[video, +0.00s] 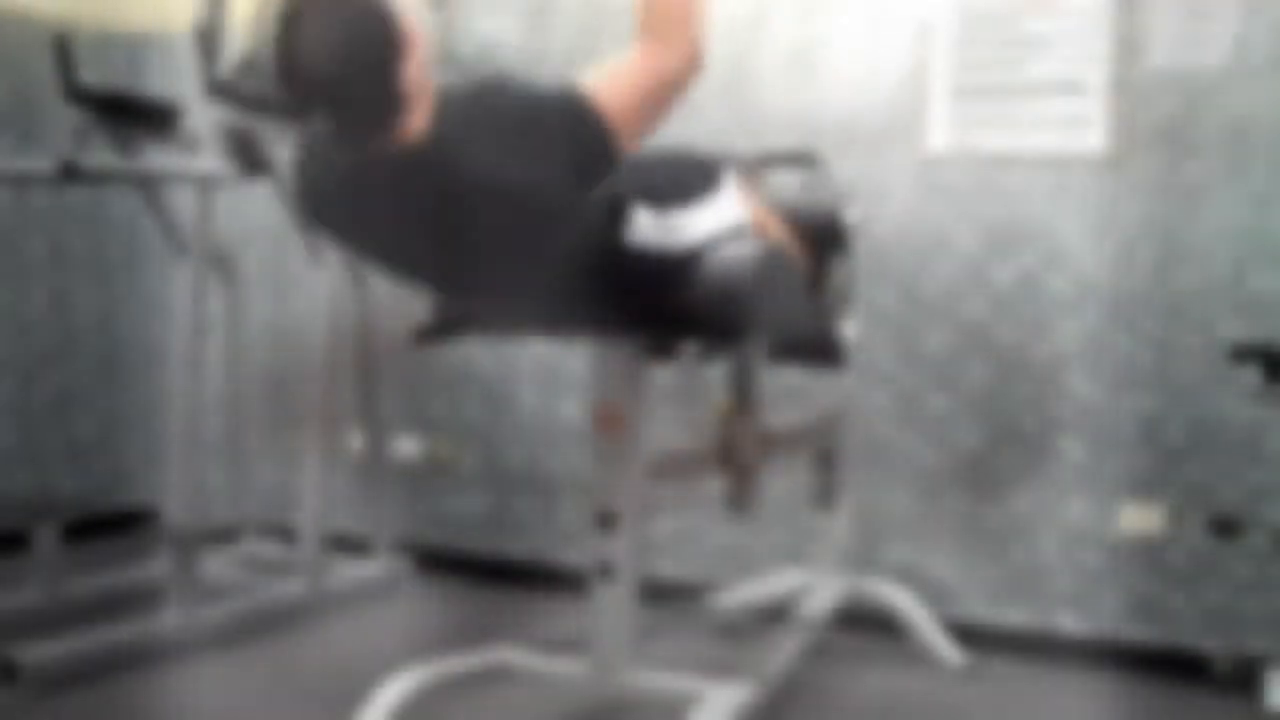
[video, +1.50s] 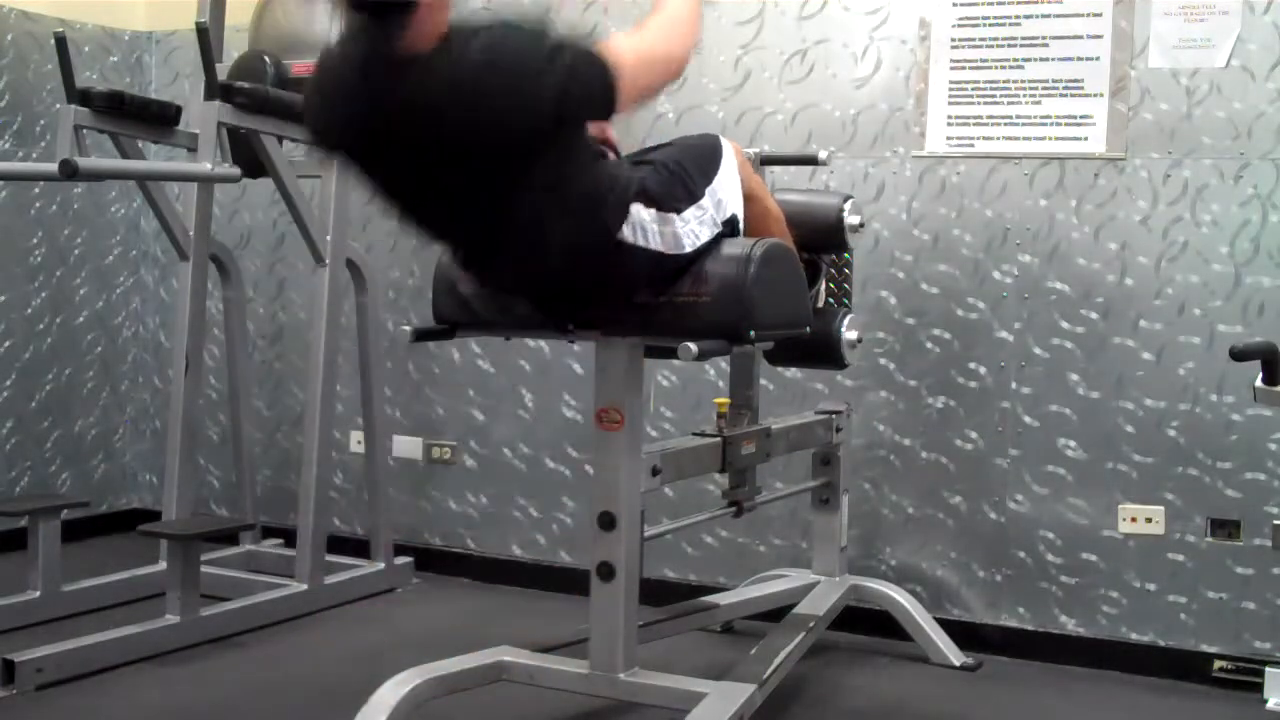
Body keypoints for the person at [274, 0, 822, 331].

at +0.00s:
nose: (418, 31)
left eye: (406, 25)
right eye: (410, 35)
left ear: (323, 103)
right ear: (404, 69)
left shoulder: (325, 185)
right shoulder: (500, 139)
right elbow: (672, 52)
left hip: (516, 304)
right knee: (728, 196)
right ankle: (801, 267)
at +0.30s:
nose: (339, 241)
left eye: (318, 254)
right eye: (336, 268)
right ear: (391, 333)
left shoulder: (365, 281)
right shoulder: (486, 332)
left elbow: (403, 211)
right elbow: (589, 223)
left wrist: (499, 158)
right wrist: (461, 156)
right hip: (631, 232)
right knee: (731, 191)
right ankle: (800, 280)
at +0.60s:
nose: (353, 433)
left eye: (334, 453)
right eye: (361, 461)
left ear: (313, 445)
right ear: (412, 505)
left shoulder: (336, 383)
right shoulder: (503, 453)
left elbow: (375, 282)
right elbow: (569, 550)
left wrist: (470, 195)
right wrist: (419, 632)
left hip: (501, 222)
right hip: (586, 241)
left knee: (579, 150)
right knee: (718, 169)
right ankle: (801, 283)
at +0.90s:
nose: (370, 473)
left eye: (351, 491)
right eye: (378, 500)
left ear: (342, 477)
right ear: (427, 543)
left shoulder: (346, 409)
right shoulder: (517, 512)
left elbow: (375, 297)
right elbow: (504, 675)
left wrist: (470, 211)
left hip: (503, 235)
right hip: (584, 262)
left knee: (570, 146)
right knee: (720, 164)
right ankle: (795, 290)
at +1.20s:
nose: (336, 338)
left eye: (316, 341)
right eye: (332, 367)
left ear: (302, 330)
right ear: (367, 422)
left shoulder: (324, 310)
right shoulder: (451, 416)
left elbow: (373, 235)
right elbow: (625, 331)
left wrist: (479, 161)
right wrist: (532, 215)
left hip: (507, 261)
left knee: (578, 151)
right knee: (711, 162)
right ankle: (797, 287)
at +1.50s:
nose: (447, 4)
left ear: (359, 11)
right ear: (428, 5)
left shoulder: (337, 86)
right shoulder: (484, 68)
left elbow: (454, 164)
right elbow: (656, 58)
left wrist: (567, 134)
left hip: (504, 269)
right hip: (606, 256)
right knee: (725, 159)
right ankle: (794, 289)